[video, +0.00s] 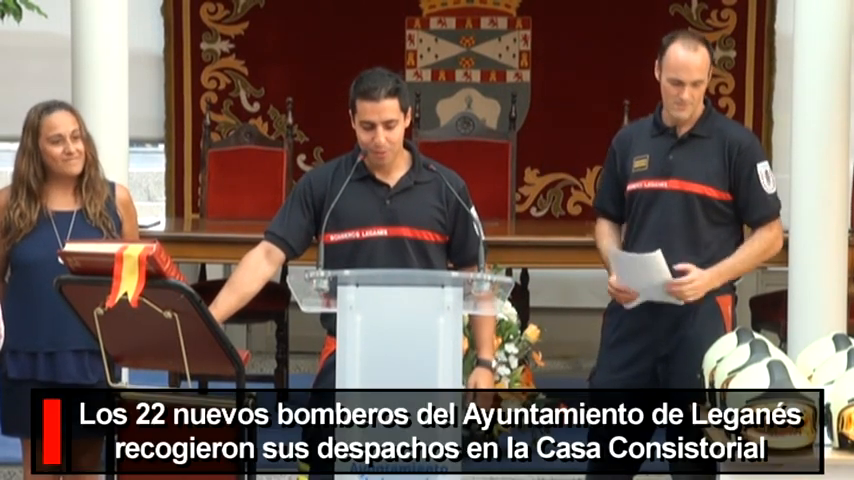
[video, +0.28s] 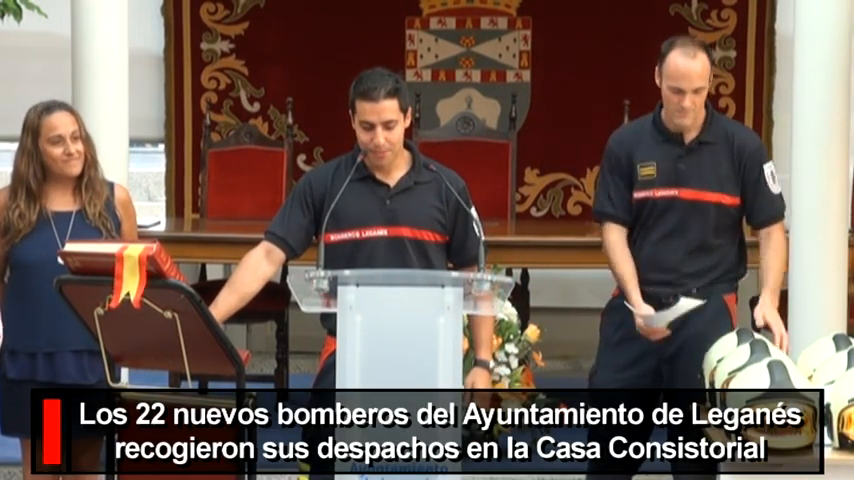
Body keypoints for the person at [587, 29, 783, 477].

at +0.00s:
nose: (685, 95)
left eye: (695, 84)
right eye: (676, 82)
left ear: (708, 81)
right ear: (658, 76)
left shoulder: (738, 145)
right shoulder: (628, 141)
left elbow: (772, 234)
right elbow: (607, 219)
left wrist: (710, 278)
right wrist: (617, 269)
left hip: (700, 325)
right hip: (631, 320)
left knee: (694, 457)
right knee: (608, 451)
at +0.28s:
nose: (687, 102)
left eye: (696, 91)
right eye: (677, 90)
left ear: (710, 85)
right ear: (658, 82)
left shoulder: (742, 145)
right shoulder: (626, 144)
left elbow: (772, 229)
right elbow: (613, 229)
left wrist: (768, 299)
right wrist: (636, 300)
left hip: (706, 312)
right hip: (634, 309)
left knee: (697, 446)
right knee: (609, 441)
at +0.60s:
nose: (674, 122)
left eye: (684, 110)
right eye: (664, 110)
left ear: (704, 100)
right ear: (651, 102)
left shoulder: (740, 153)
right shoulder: (625, 160)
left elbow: (759, 242)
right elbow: (633, 257)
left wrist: (771, 321)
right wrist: (664, 336)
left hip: (706, 310)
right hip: (634, 307)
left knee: (698, 441)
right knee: (605, 432)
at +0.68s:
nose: (666, 124)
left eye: (677, 112)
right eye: (657, 112)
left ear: (700, 103)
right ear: (646, 106)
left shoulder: (737, 153)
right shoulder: (622, 163)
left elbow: (758, 242)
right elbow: (633, 262)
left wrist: (768, 320)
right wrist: (669, 338)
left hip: (704, 309)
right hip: (633, 306)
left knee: (693, 436)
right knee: (603, 423)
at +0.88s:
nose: (647, 127)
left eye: (659, 115)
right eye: (639, 115)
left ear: (686, 106)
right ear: (630, 110)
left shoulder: (728, 152)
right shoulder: (613, 167)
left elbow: (755, 238)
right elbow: (622, 264)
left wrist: (752, 310)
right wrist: (660, 337)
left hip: (704, 313)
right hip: (630, 310)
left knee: (694, 444)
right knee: (603, 432)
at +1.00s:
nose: (638, 126)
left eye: (650, 114)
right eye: (631, 114)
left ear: (679, 104)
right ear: (622, 108)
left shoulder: (724, 151)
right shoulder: (607, 166)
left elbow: (755, 231)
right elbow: (610, 258)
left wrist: (738, 291)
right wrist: (646, 329)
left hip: (706, 309)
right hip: (631, 308)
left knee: (694, 441)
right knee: (600, 411)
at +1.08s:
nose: (639, 125)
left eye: (649, 112)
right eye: (630, 113)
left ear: (675, 101)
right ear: (621, 107)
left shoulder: (722, 150)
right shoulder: (604, 164)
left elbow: (758, 224)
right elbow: (601, 251)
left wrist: (726, 275)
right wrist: (631, 321)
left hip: (698, 312)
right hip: (625, 312)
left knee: (692, 446)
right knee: (601, 438)